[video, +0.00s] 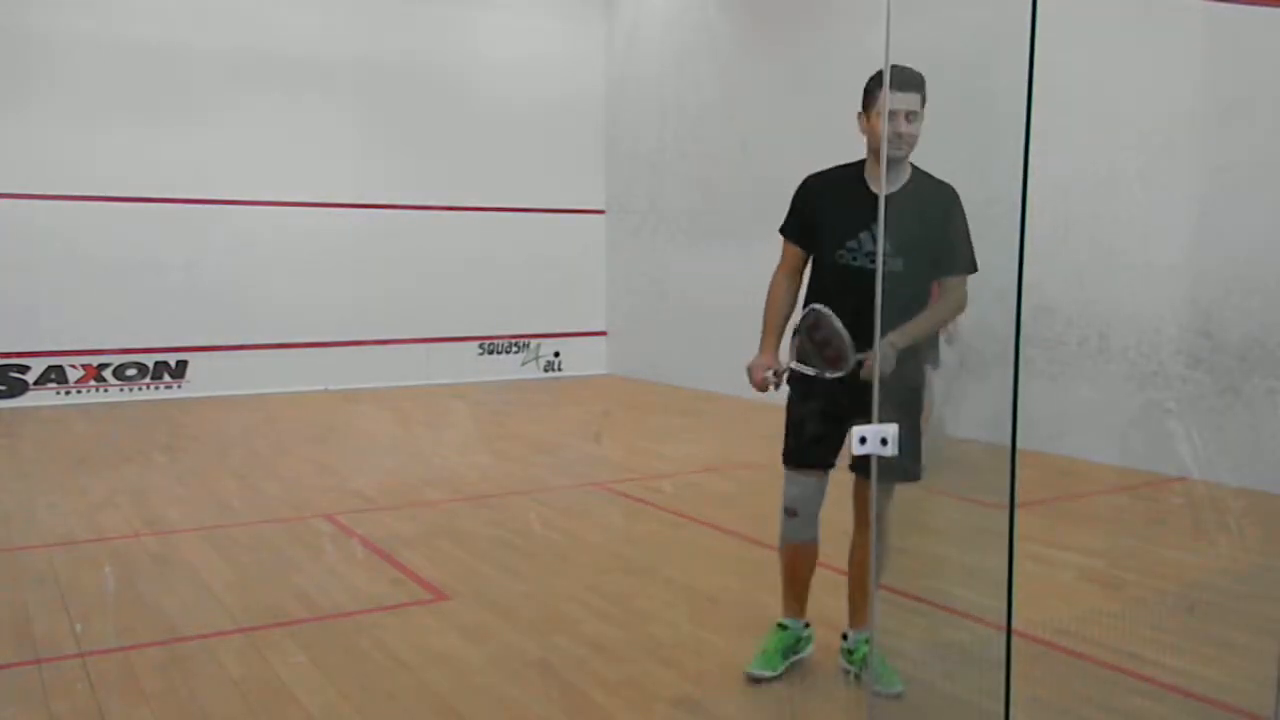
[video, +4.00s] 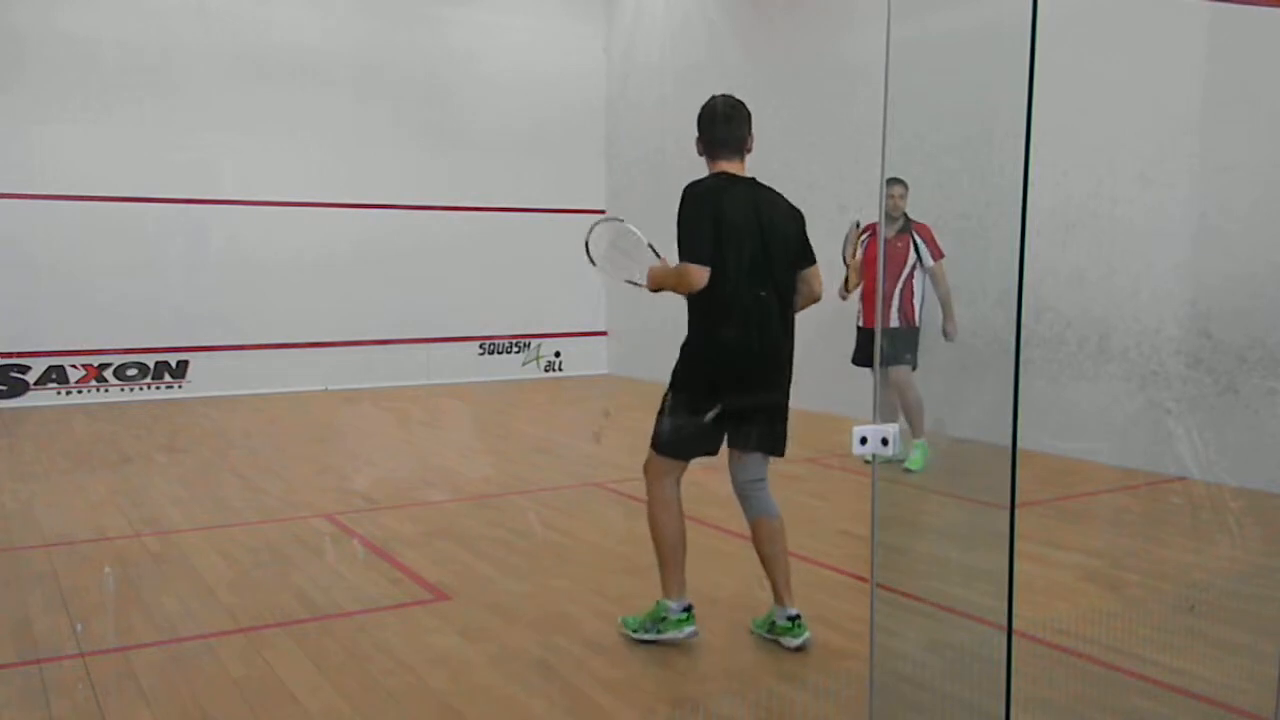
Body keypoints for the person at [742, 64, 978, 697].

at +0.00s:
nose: (902, 127)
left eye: (912, 117)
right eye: (891, 115)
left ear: (923, 124)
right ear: (864, 120)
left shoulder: (940, 202)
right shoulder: (820, 191)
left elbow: (951, 299)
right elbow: (787, 274)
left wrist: (892, 344)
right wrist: (768, 346)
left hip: (891, 382)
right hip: (817, 374)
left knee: (874, 513)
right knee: (798, 505)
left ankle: (858, 639)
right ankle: (793, 629)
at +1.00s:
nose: (842, 161)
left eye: (844, 151)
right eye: (841, 151)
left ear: (863, 144)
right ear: (884, 141)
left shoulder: (885, 190)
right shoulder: (919, 185)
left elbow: (817, 208)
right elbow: (923, 282)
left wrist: (827, 152)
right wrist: (871, 343)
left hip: (886, 361)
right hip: (914, 357)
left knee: (851, 477)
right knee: (915, 475)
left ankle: (869, 621)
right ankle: (955, 606)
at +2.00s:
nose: (671, 164)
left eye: (671, 156)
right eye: (682, 157)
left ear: (676, 159)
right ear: (722, 159)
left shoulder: (698, 208)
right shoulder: (740, 214)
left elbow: (712, 280)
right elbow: (773, 296)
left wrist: (651, 332)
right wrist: (722, 336)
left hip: (709, 377)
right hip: (723, 375)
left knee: (704, 498)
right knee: (671, 472)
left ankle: (810, 586)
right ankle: (695, 595)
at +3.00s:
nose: (631, 142)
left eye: (632, 135)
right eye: (648, 135)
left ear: (633, 141)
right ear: (679, 143)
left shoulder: (622, 196)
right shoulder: (706, 204)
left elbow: (615, 274)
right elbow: (737, 277)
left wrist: (583, 289)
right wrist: (689, 288)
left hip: (633, 352)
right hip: (687, 355)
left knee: (588, 453)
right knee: (673, 460)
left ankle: (610, 578)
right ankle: (697, 580)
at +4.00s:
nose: (699, 148)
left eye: (698, 142)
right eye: (744, 138)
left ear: (699, 145)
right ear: (751, 143)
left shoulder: (700, 197)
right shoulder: (783, 208)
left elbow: (696, 276)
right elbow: (811, 289)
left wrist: (661, 277)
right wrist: (760, 306)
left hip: (708, 366)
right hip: (768, 371)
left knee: (661, 471)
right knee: (752, 477)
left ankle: (674, 606)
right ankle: (787, 613)